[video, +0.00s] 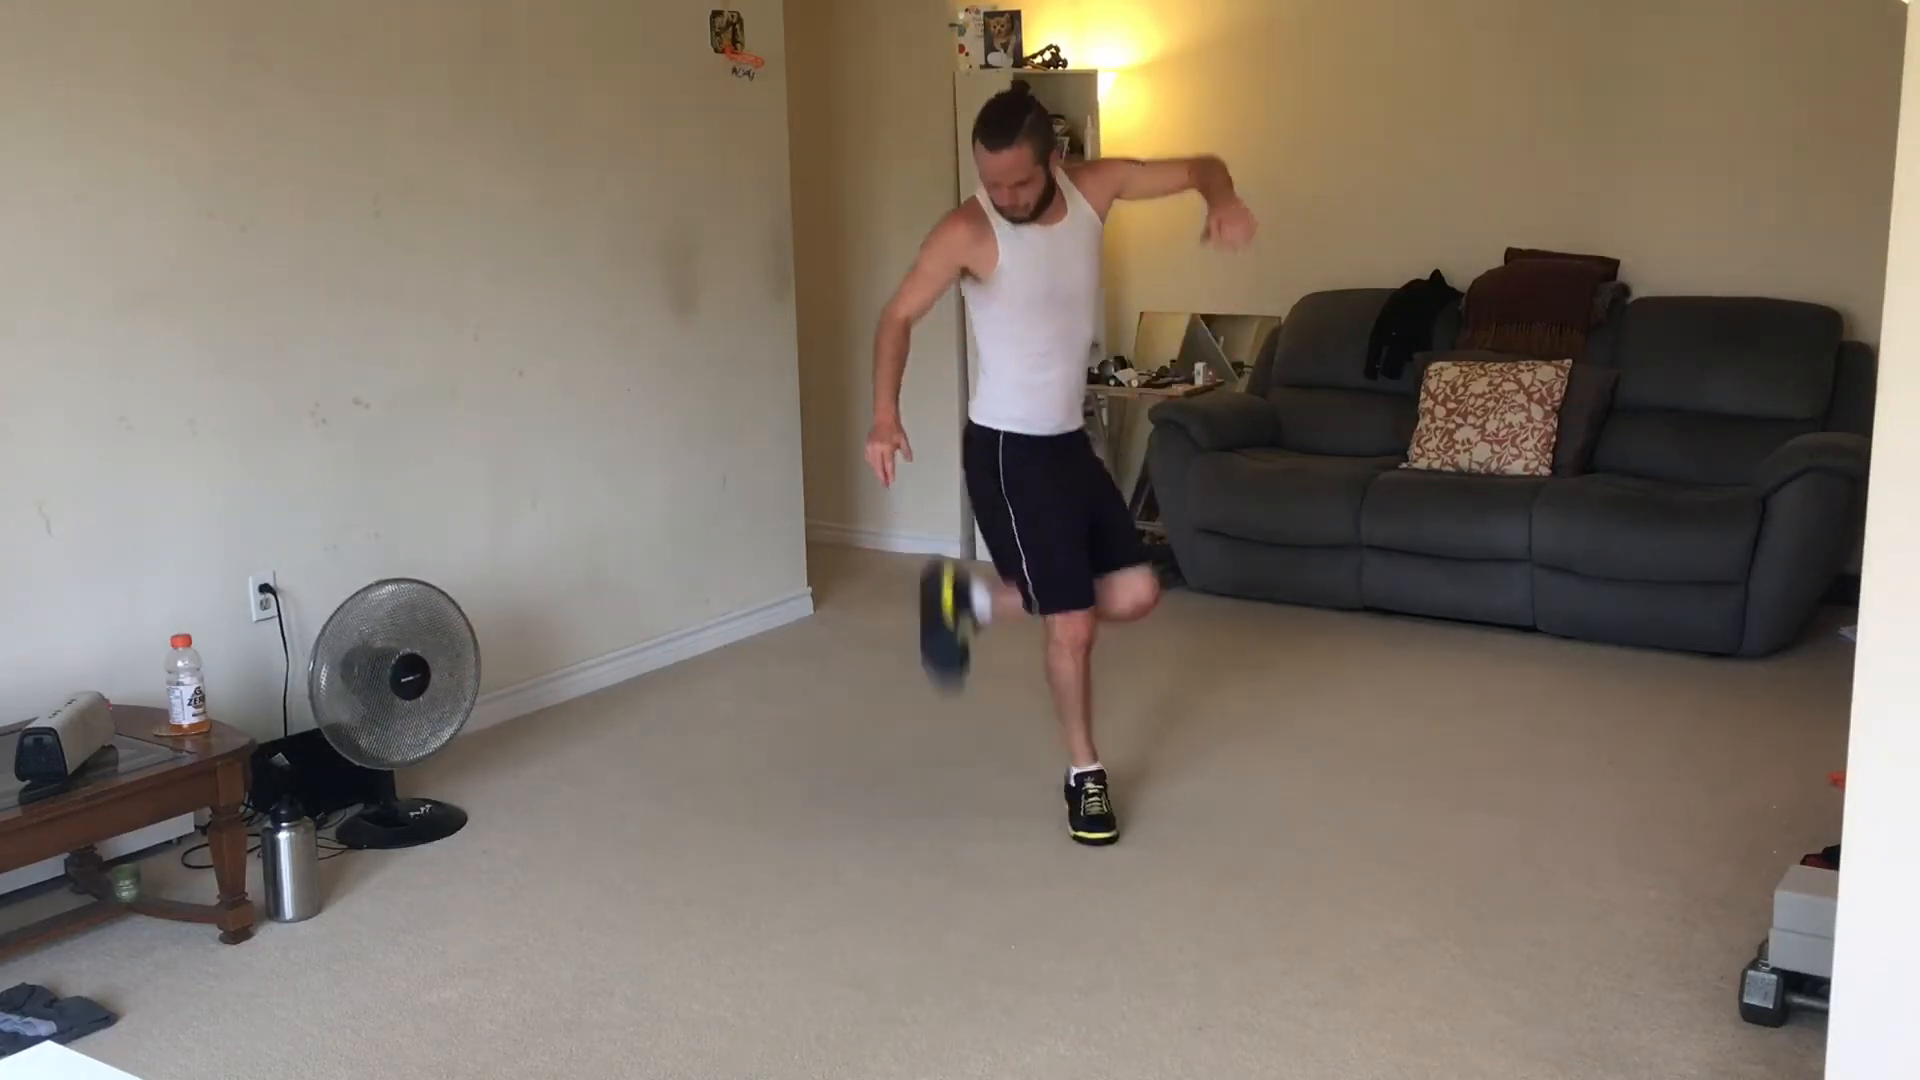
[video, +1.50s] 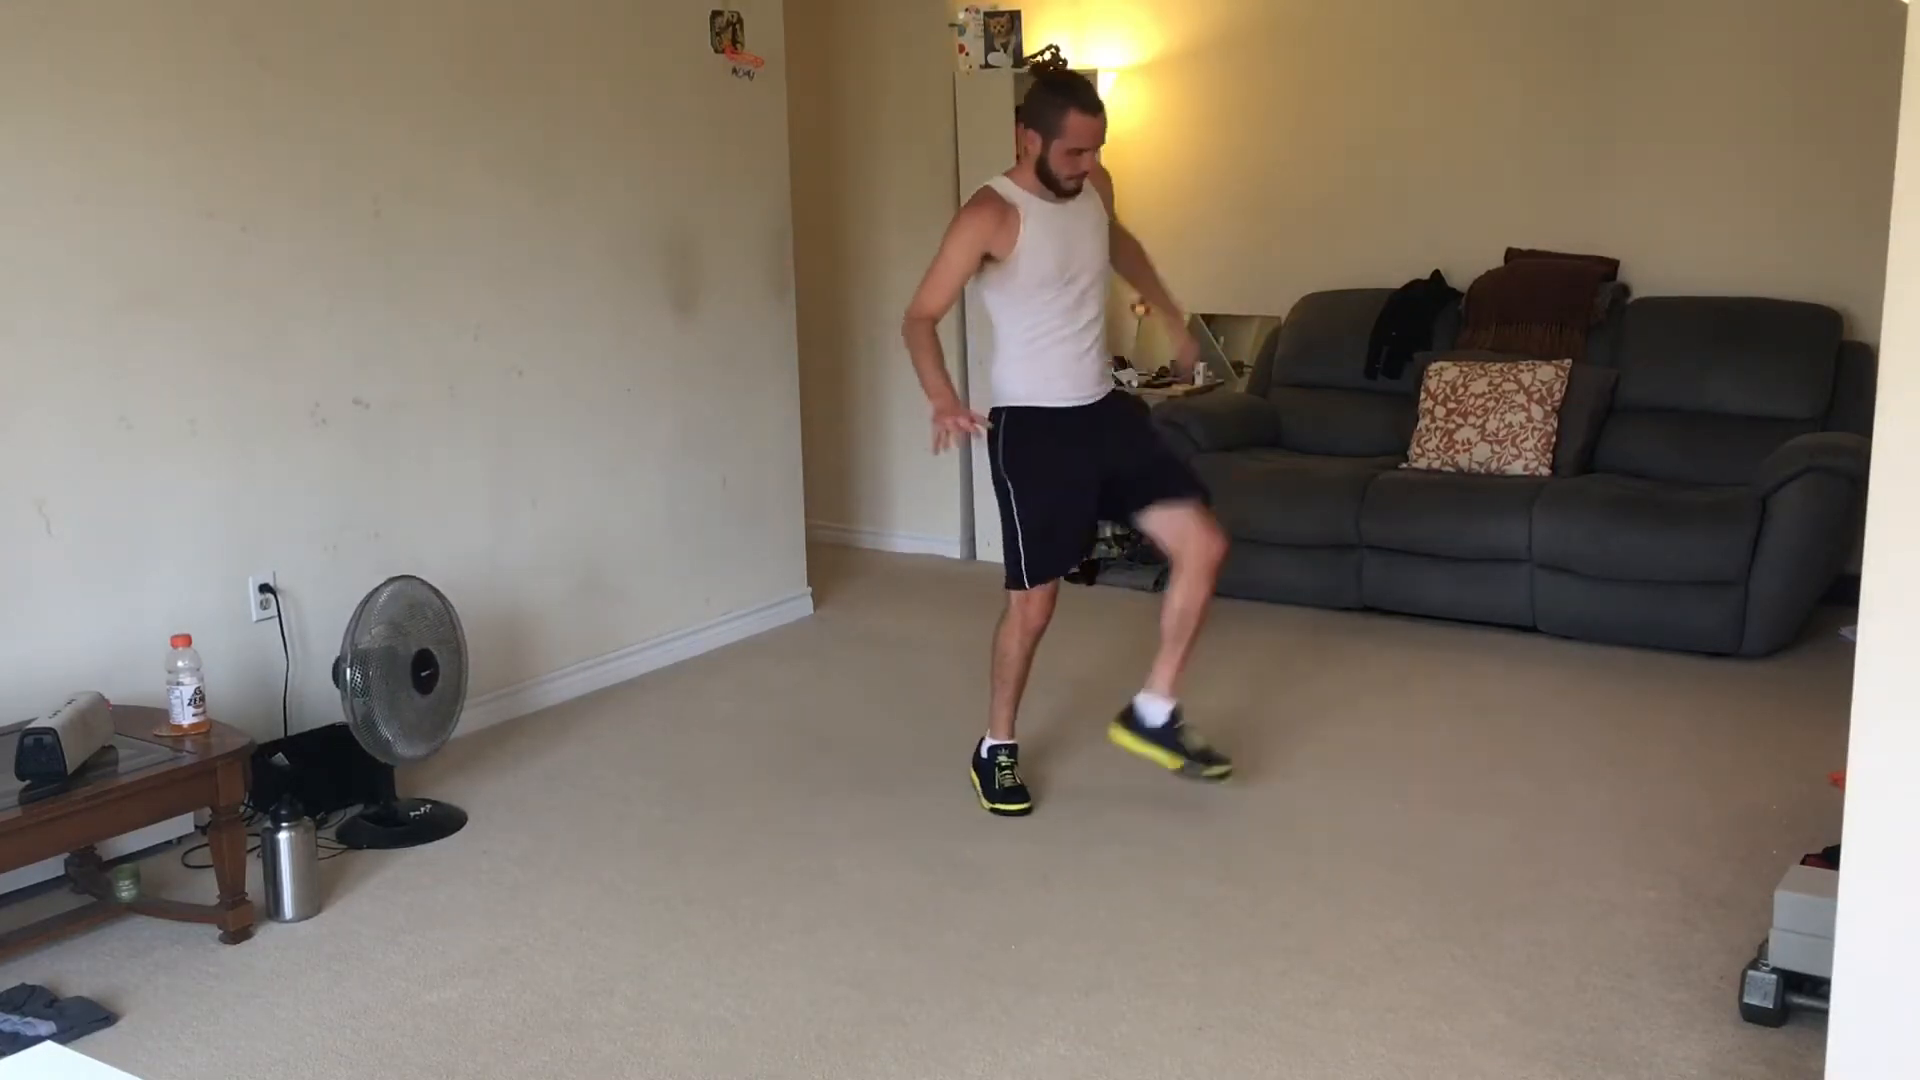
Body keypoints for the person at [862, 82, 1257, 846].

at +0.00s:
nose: (1006, 196)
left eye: (1019, 182)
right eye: (992, 183)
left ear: (1051, 157)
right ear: (976, 165)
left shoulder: (1094, 185)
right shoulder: (963, 234)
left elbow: (1203, 166)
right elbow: (897, 319)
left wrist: (1222, 198)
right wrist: (885, 411)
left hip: (1069, 438)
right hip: (1005, 446)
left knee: (1134, 592)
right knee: (1071, 619)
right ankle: (1085, 771)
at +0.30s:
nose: (927, 272)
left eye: (931, 253)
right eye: (908, 268)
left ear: (946, 215)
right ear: (890, 256)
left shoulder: (1026, 230)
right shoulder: (901, 300)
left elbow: (1123, 250)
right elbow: (844, 366)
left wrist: (1218, 269)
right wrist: (838, 391)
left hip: (1066, 468)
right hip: (976, 479)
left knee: (1102, 641)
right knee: (953, 643)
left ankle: (1039, 676)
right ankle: (908, 765)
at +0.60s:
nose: (1095, 278)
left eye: (1106, 269)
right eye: (1091, 264)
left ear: (1119, 244)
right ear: (1063, 228)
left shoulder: (1093, 248)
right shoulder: (985, 259)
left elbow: (1185, 271)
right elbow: (865, 304)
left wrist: (1214, 275)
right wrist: (756, 336)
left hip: (1038, 450)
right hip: (981, 460)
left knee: (1119, 589)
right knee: (1121, 570)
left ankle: (1063, 726)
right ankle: (1032, 695)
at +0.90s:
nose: (1057, 176)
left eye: (1066, 161)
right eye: (1043, 163)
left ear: (1077, 141)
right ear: (1006, 139)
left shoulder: (1080, 156)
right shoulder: (953, 194)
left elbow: (1142, 200)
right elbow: (865, 272)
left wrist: (1186, 288)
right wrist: (846, 347)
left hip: (1052, 372)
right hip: (984, 379)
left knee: (1055, 536)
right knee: (1091, 519)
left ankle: (1047, 712)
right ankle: (1036, 697)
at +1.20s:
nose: (1056, 160)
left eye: (1067, 145)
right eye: (1044, 144)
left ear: (1075, 135)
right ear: (1004, 131)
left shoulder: (1063, 191)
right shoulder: (966, 197)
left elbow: (1072, 279)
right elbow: (883, 284)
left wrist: (1095, 354)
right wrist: (893, 321)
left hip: (1069, 395)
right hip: (999, 413)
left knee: (1193, 445)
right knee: (999, 599)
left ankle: (1081, 562)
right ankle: (973, 758)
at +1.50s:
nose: (1087, 165)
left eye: (1094, 151)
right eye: (1074, 152)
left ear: (1097, 139)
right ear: (1028, 140)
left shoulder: (1090, 193)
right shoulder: (989, 214)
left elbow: (1123, 251)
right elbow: (919, 319)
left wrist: (1174, 321)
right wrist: (941, 397)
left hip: (1105, 414)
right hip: (1031, 427)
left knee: (1201, 545)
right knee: (1033, 601)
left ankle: (1155, 709)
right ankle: (997, 747)